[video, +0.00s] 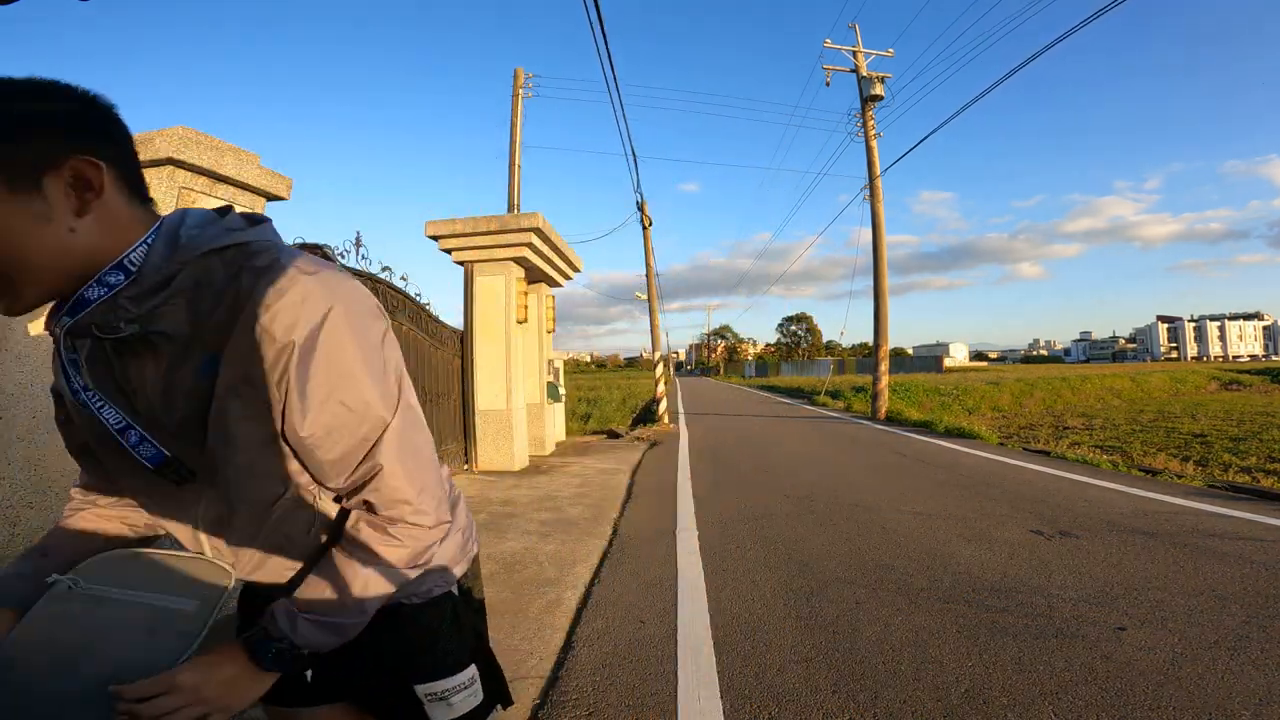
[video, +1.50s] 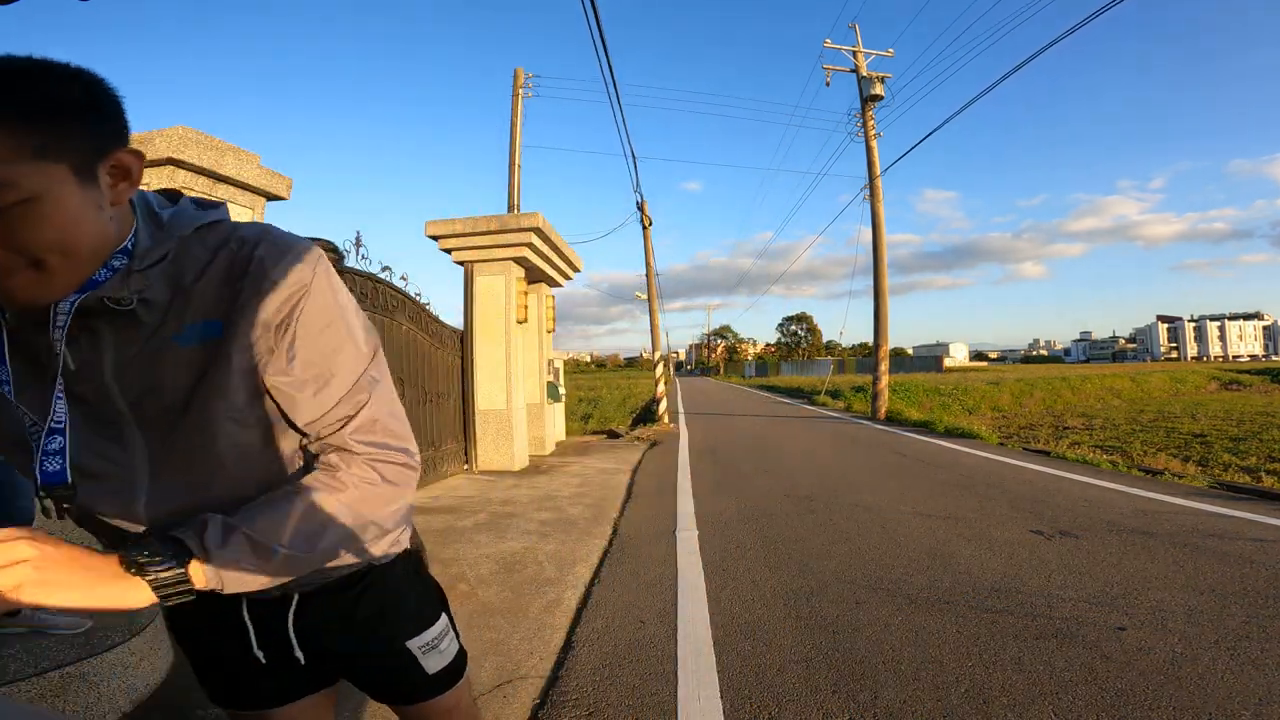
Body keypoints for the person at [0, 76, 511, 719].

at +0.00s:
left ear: (81, 189)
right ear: (80, 193)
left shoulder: (293, 301)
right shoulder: (87, 340)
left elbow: (410, 520)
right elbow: (119, 498)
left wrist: (260, 654)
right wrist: (15, 595)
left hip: (407, 595)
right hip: (278, 592)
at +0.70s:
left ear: (9, 224)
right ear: (14, 224)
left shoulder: (271, 322)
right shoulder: (28, 378)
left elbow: (437, 499)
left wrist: (367, 633)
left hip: (385, 596)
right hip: (247, 605)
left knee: (454, 705)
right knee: (301, 709)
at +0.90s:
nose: (296, 275)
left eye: (304, 265)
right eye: (294, 265)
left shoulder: (221, 323)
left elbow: (409, 477)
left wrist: (366, 612)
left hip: (368, 586)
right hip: (228, 610)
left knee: (449, 709)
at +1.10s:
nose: (290, 271)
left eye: (298, 262)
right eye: (291, 262)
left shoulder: (208, 312)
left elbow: (397, 459)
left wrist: (353, 604)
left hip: (358, 573)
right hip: (216, 601)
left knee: (442, 706)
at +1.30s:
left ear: (36, 204)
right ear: (32, 205)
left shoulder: (237, 290)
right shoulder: (14, 375)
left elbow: (418, 437)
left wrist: (298, 579)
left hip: (361, 566)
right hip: (217, 599)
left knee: (446, 708)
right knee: (285, 711)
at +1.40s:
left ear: (81, 193)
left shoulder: (258, 279)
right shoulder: (24, 346)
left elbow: (410, 440)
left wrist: (239, 567)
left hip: (360, 563)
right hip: (217, 599)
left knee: (446, 707)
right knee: (288, 710)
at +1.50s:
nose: (3, 240)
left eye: (17, 204)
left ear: (118, 181)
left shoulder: (275, 281)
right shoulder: (22, 330)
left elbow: (380, 471)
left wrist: (148, 572)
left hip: (355, 565)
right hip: (212, 595)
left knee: (442, 705)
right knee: (284, 709)